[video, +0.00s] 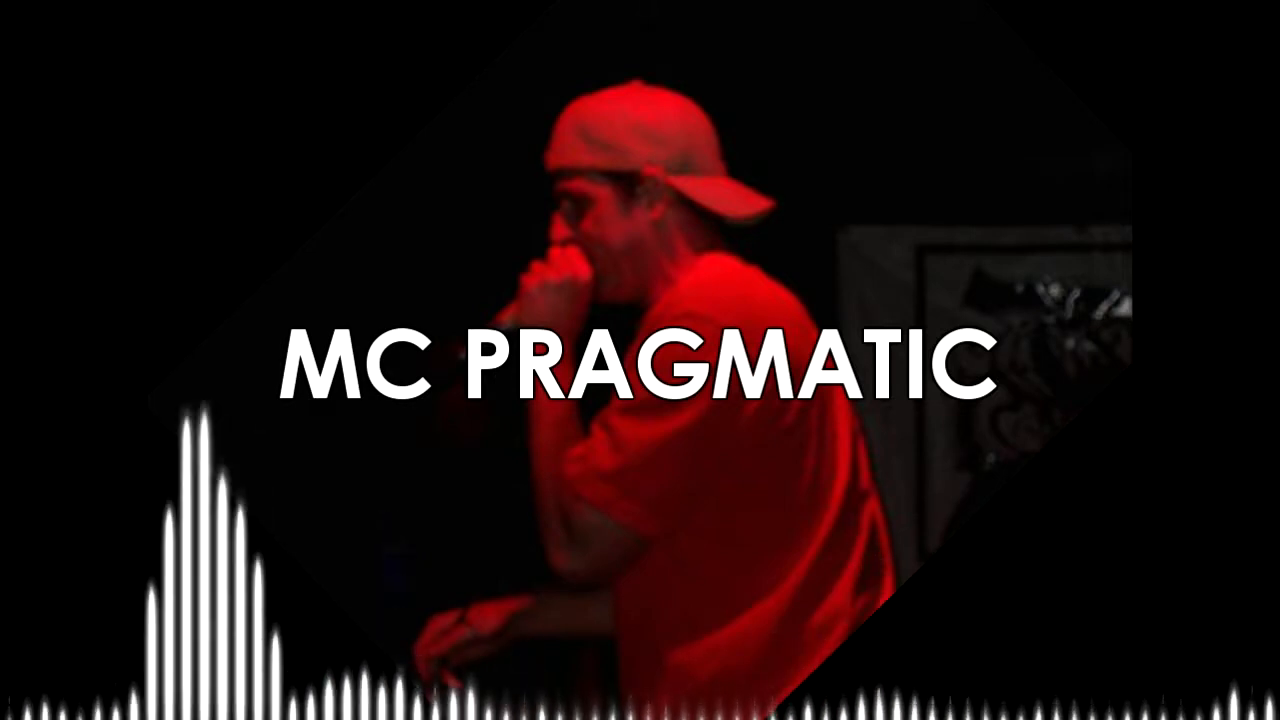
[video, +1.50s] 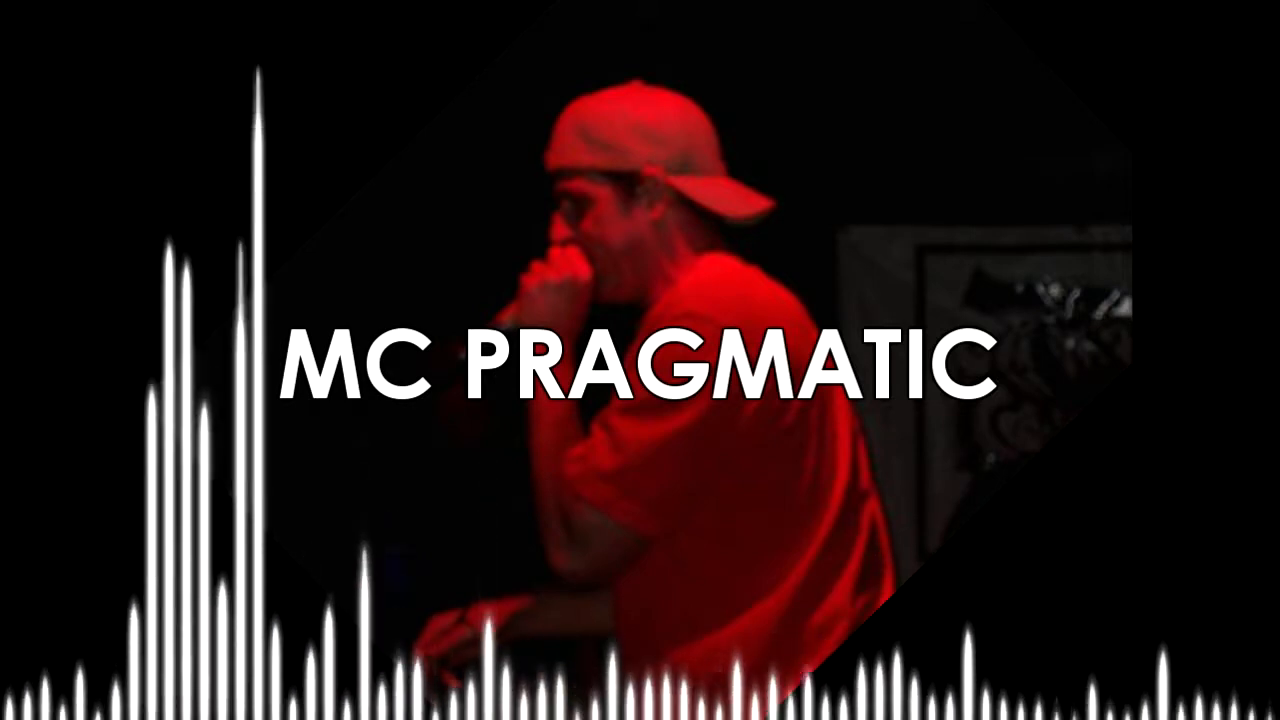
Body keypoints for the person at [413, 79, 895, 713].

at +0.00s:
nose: (560, 233)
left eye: (577, 206)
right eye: (559, 209)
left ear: (652, 198)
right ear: (649, 200)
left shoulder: (706, 314)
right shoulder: (746, 304)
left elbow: (577, 544)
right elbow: (698, 578)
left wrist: (546, 348)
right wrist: (518, 620)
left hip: (738, 705)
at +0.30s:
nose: (560, 234)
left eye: (577, 207)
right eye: (560, 209)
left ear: (653, 198)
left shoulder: (706, 313)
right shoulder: (745, 303)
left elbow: (577, 544)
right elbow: (700, 581)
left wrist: (545, 347)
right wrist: (520, 619)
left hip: (741, 704)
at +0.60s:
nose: (559, 233)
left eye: (577, 206)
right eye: (559, 209)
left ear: (652, 199)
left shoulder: (706, 314)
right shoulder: (744, 303)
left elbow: (577, 543)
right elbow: (692, 576)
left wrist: (545, 348)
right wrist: (518, 620)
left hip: (754, 703)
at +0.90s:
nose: (560, 233)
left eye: (577, 207)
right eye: (559, 209)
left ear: (653, 198)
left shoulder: (706, 314)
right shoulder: (746, 304)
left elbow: (577, 543)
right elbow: (697, 579)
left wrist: (545, 347)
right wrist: (517, 618)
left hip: (739, 705)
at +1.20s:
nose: (560, 233)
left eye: (577, 206)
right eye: (559, 209)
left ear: (653, 198)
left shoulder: (707, 313)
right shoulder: (746, 304)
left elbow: (577, 543)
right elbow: (698, 579)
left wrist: (545, 348)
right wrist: (518, 619)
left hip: (741, 704)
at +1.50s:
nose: (560, 233)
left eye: (577, 206)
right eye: (560, 209)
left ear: (652, 199)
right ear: (650, 201)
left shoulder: (705, 316)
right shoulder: (752, 305)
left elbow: (577, 542)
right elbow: (705, 577)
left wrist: (547, 348)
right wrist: (517, 619)